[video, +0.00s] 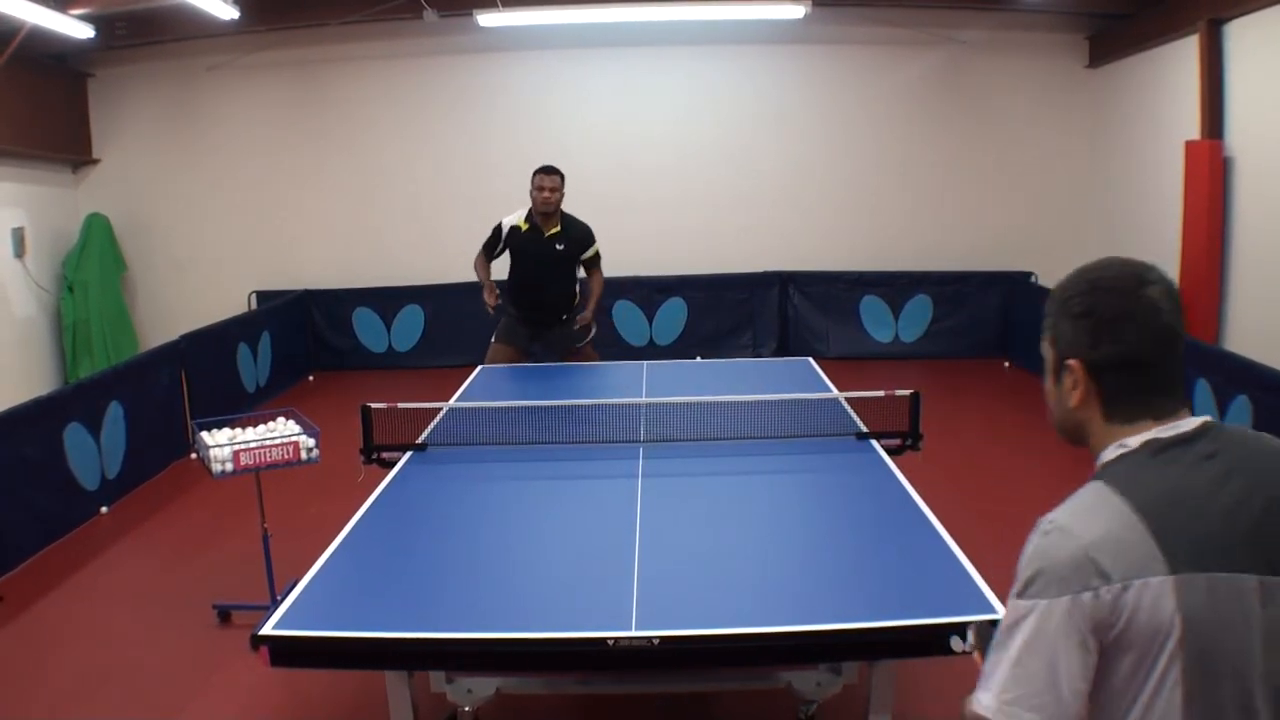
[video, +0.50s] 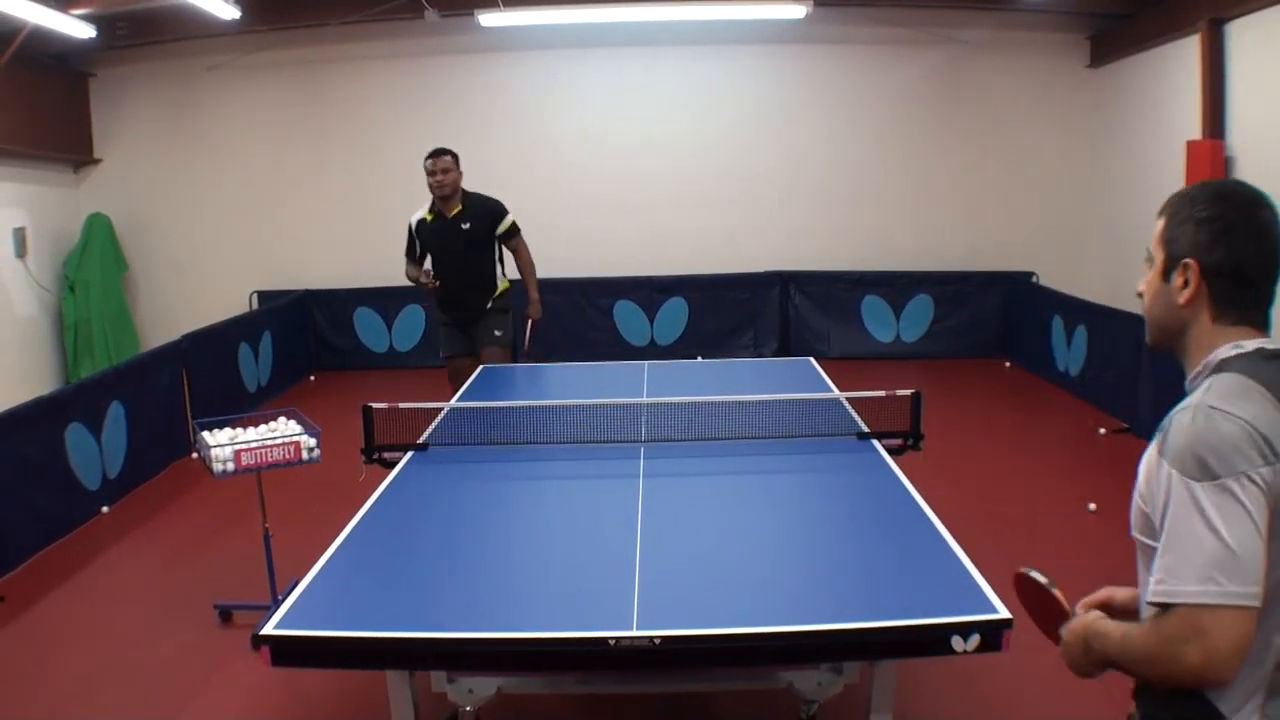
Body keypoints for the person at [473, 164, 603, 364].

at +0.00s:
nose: (546, 195)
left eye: (553, 190)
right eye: (540, 190)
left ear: (562, 194)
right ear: (531, 193)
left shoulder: (579, 232)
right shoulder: (512, 226)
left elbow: (595, 273)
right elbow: (481, 258)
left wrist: (589, 311)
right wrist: (486, 283)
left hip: (563, 322)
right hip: (518, 319)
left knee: (596, 378)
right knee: (491, 379)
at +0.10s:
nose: (524, 199)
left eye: (531, 194)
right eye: (518, 194)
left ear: (541, 199)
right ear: (510, 198)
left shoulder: (560, 235)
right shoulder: (493, 234)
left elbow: (579, 276)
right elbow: (468, 267)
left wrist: (568, 319)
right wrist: (468, 288)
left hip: (552, 328)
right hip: (507, 328)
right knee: (488, 385)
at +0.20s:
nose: (494, 197)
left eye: (501, 191)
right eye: (488, 192)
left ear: (513, 196)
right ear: (481, 196)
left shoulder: (535, 232)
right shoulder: (468, 238)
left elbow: (558, 275)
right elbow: (454, 272)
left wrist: (555, 324)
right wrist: (447, 291)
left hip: (531, 325)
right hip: (489, 325)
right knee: (481, 384)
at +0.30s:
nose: (469, 190)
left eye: (476, 184)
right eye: (463, 185)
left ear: (489, 187)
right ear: (456, 190)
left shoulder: (515, 224)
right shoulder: (447, 234)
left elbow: (538, 268)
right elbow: (441, 271)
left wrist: (547, 318)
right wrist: (434, 291)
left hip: (519, 320)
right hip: (475, 322)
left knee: (530, 388)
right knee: (467, 388)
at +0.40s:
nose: (452, 181)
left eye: (459, 174)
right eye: (445, 176)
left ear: (473, 177)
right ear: (439, 182)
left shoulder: (499, 212)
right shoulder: (433, 226)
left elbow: (527, 255)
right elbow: (427, 263)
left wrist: (542, 305)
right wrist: (429, 283)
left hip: (506, 307)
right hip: (462, 311)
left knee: (516, 374)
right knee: (461, 375)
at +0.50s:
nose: (438, 179)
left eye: (445, 172)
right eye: (432, 174)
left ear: (460, 174)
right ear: (426, 179)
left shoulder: (488, 209)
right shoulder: (420, 223)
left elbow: (520, 249)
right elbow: (411, 266)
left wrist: (533, 299)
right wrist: (420, 277)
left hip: (491, 305)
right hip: (450, 309)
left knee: (496, 375)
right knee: (461, 382)